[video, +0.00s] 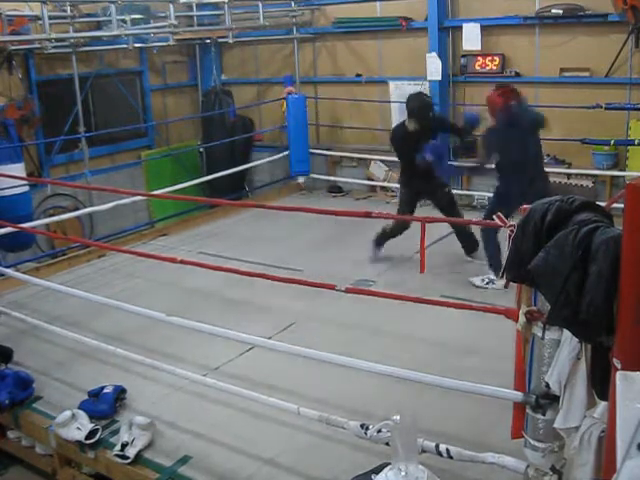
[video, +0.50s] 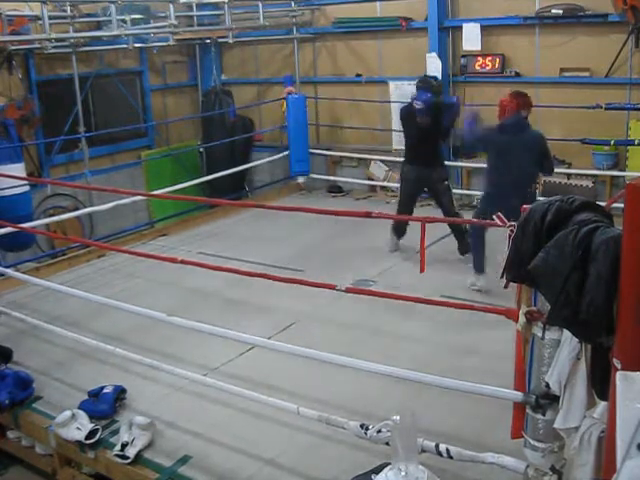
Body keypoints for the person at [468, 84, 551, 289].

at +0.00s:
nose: (489, 112)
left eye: (491, 108)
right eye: (490, 107)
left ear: (496, 109)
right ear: (515, 104)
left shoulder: (497, 132)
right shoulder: (530, 119)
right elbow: (541, 121)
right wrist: (521, 107)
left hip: (512, 189)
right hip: (538, 186)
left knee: (488, 225)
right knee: (539, 225)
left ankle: (496, 273)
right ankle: (542, 274)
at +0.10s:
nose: (489, 105)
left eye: (490, 102)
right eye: (491, 102)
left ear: (492, 104)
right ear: (510, 102)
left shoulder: (487, 130)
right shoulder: (523, 120)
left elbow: (473, 154)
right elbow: (547, 141)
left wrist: (454, 146)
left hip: (511, 188)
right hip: (538, 183)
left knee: (492, 226)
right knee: (547, 224)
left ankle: (491, 275)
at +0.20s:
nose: (486, 110)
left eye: (487, 106)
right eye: (487, 106)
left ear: (491, 108)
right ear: (509, 106)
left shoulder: (486, 135)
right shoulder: (522, 123)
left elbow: (465, 163)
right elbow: (542, 144)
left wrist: (461, 147)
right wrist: (541, 144)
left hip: (509, 193)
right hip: (535, 188)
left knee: (488, 233)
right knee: (542, 231)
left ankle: (483, 278)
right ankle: (545, 278)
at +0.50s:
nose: (499, 112)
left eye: (502, 109)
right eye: (502, 109)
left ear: (505, 112)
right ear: (524, 112)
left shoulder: (495, 134)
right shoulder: (536, 138)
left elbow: (470, 142)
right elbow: (547, 168)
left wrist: (471, 122)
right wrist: (528, 158)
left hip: (496, 198)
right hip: (524, 198)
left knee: (477, 225)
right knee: (525, 235)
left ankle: (479, 275)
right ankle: (526, 281)